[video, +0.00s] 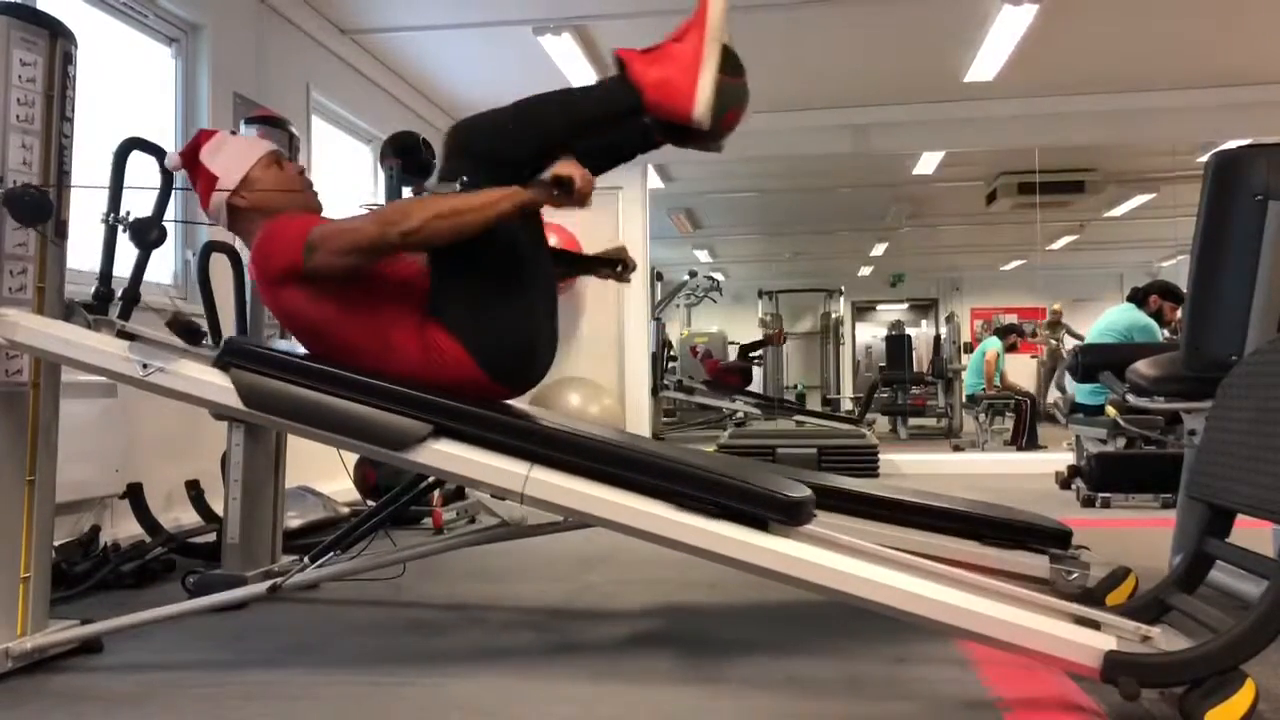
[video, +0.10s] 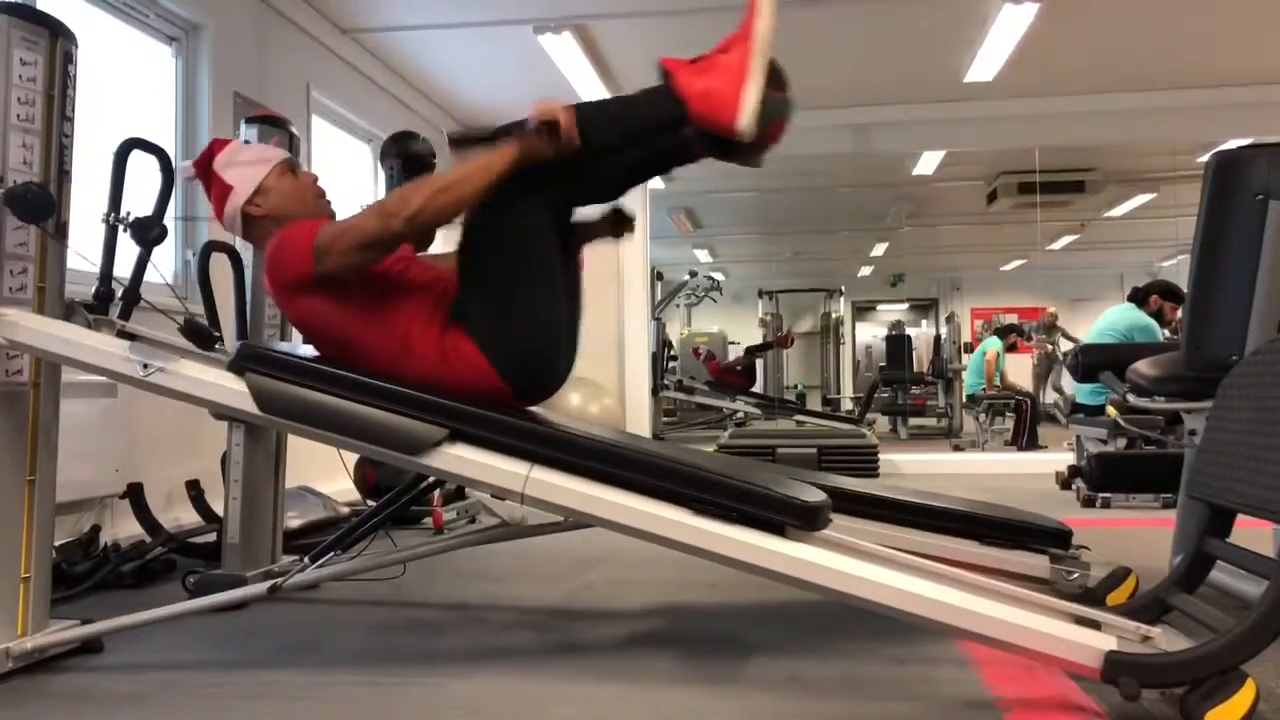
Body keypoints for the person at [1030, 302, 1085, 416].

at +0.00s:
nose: (1054, 316)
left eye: (1056, 314)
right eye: (1052, 313)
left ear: (1061, 315)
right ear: (1049, 314)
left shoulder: (1063, 326)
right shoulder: (1045, 325)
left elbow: (1074, 334)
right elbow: (1042, 337)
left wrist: (1085, 340)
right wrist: (1050, 342)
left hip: (1061, 356)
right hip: (1049, 356)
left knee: (1059, 383)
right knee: (1045, 384)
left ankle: (1069, 401)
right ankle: (1042, 407)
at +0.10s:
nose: (1049, 318)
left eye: (1052, 316)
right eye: (1048, 316)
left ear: (1056, 318)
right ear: (1044, 316)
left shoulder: (1058, 329)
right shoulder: (1036, 327)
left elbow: (1070, 338)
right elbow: (1027, 340)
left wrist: (1080, 343)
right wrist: (1036, 344)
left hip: (1055, 359)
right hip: (1041, 359)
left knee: (1055, 385)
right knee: (1038, 386)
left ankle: (1066, 398)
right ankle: (1038, 409)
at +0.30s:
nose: (1040, 318)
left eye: (1043, 315)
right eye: (1037, 315)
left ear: (1048, 317)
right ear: (1033, 316)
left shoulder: (1051, 329)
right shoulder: (1028, 328)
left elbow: (1058, 341)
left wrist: (1066, 351)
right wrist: (1031, 346)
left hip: (1048, 360)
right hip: (1032, 361)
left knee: (1045, 380)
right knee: (1032, 387)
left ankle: (1054, 397)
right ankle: (1034, 407)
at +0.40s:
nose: (1037, 319)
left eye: (1040, 316)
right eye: (1035, 316)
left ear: (1045, 318)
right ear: (1031, 317)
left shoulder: (1049, 329)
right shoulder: (1027, 329)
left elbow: (1055, 342)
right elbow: (1023, 342)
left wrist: (1059, 351)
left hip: (1046, 359)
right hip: (1031, 359)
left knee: (1040, 381)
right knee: (1031, 385)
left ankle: (1046, 403)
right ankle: (1033, 406)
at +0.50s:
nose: (1035, 320)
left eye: (1038, 317)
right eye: (1033, 317)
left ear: (1043, 318)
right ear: (1030, 317)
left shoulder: (1048, 329)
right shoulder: (1025, 329)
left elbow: (1054, 342)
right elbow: (1019, 341)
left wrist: (1055, 351)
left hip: (1044, 359)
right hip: (1029, 359)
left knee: (1038, 382)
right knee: (1029, 385)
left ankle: (1041, 404)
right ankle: (1031, 407)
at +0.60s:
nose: (1033, 319)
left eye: (1036, 316)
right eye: (1031, 316)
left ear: (1040, 318)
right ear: (1028, 316)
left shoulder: (1046, 330)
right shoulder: (1024, 329)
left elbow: (1054, 345)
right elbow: (1018, 343)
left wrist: (1047, 350)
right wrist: (1026, 348)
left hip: (1043, 360)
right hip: (1028, 361)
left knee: (1035, 386)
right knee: (1028, 387)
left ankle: (1036, 412)